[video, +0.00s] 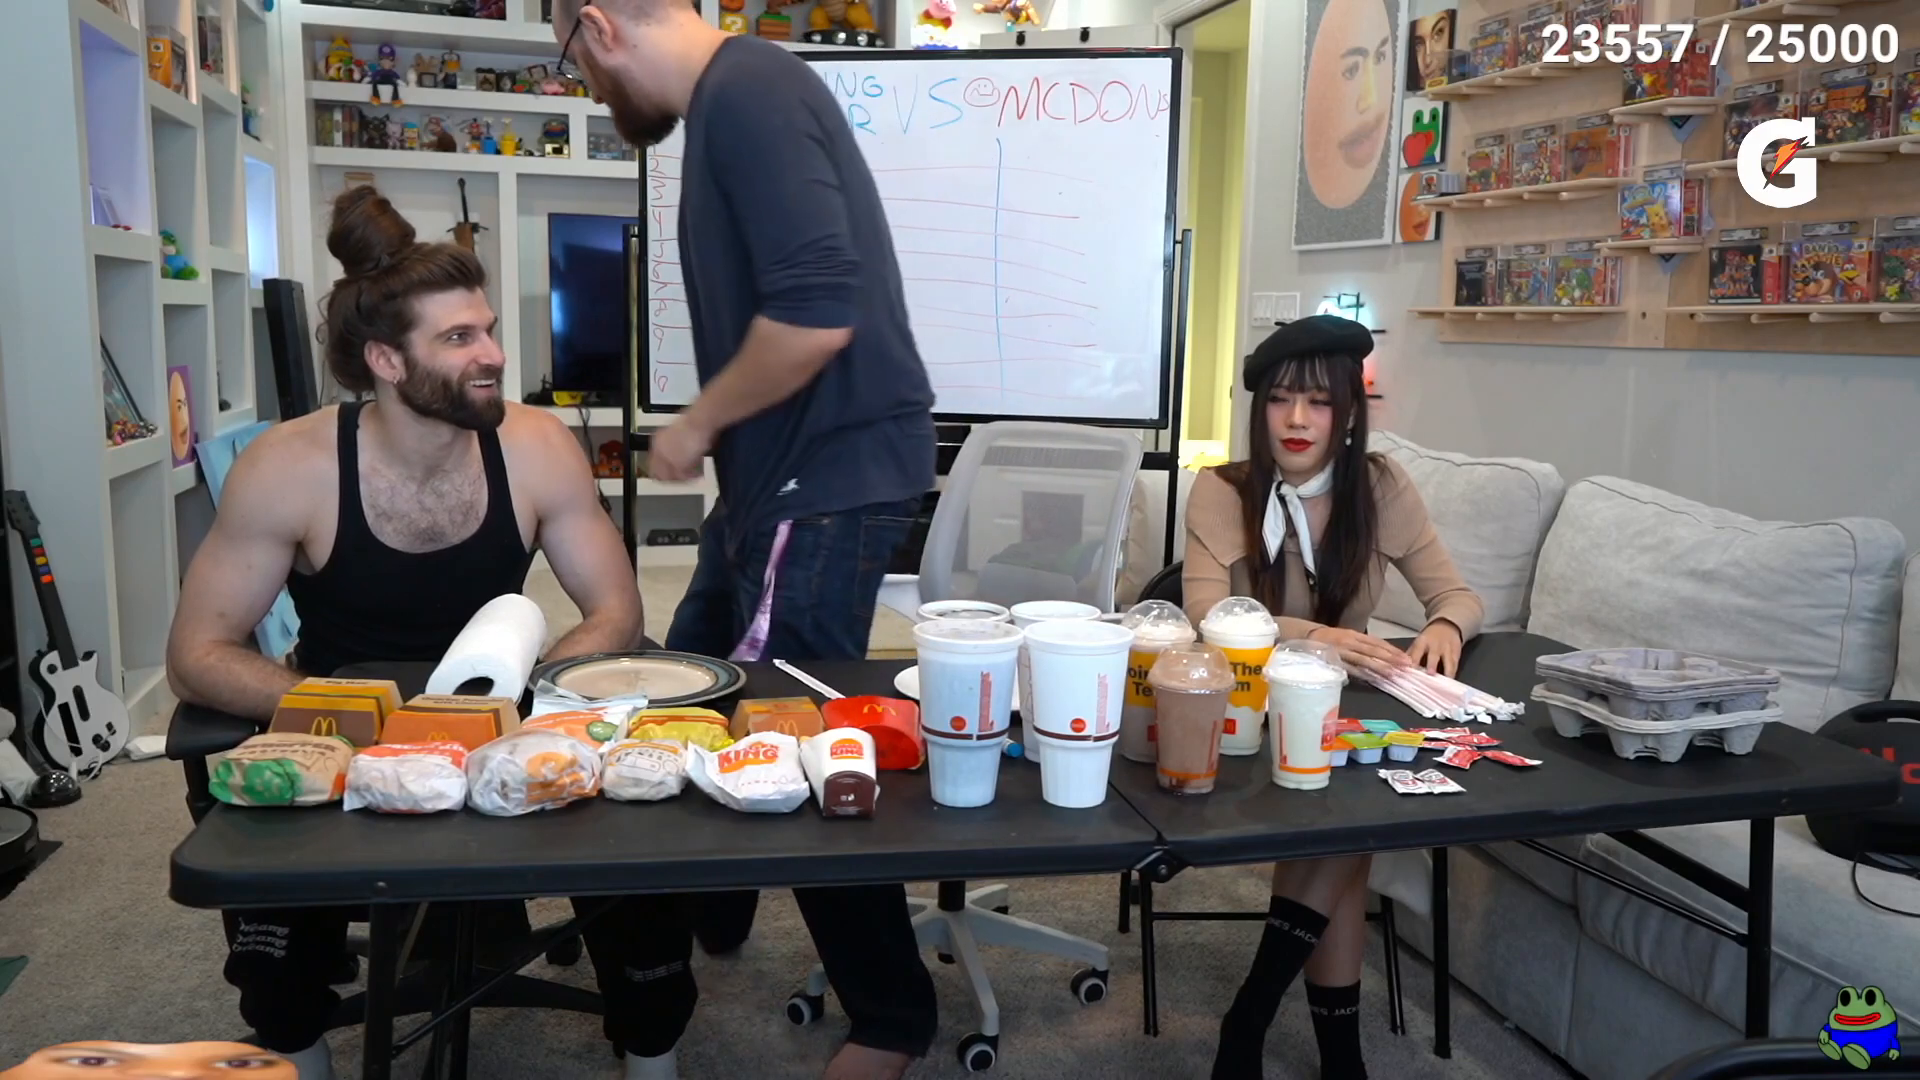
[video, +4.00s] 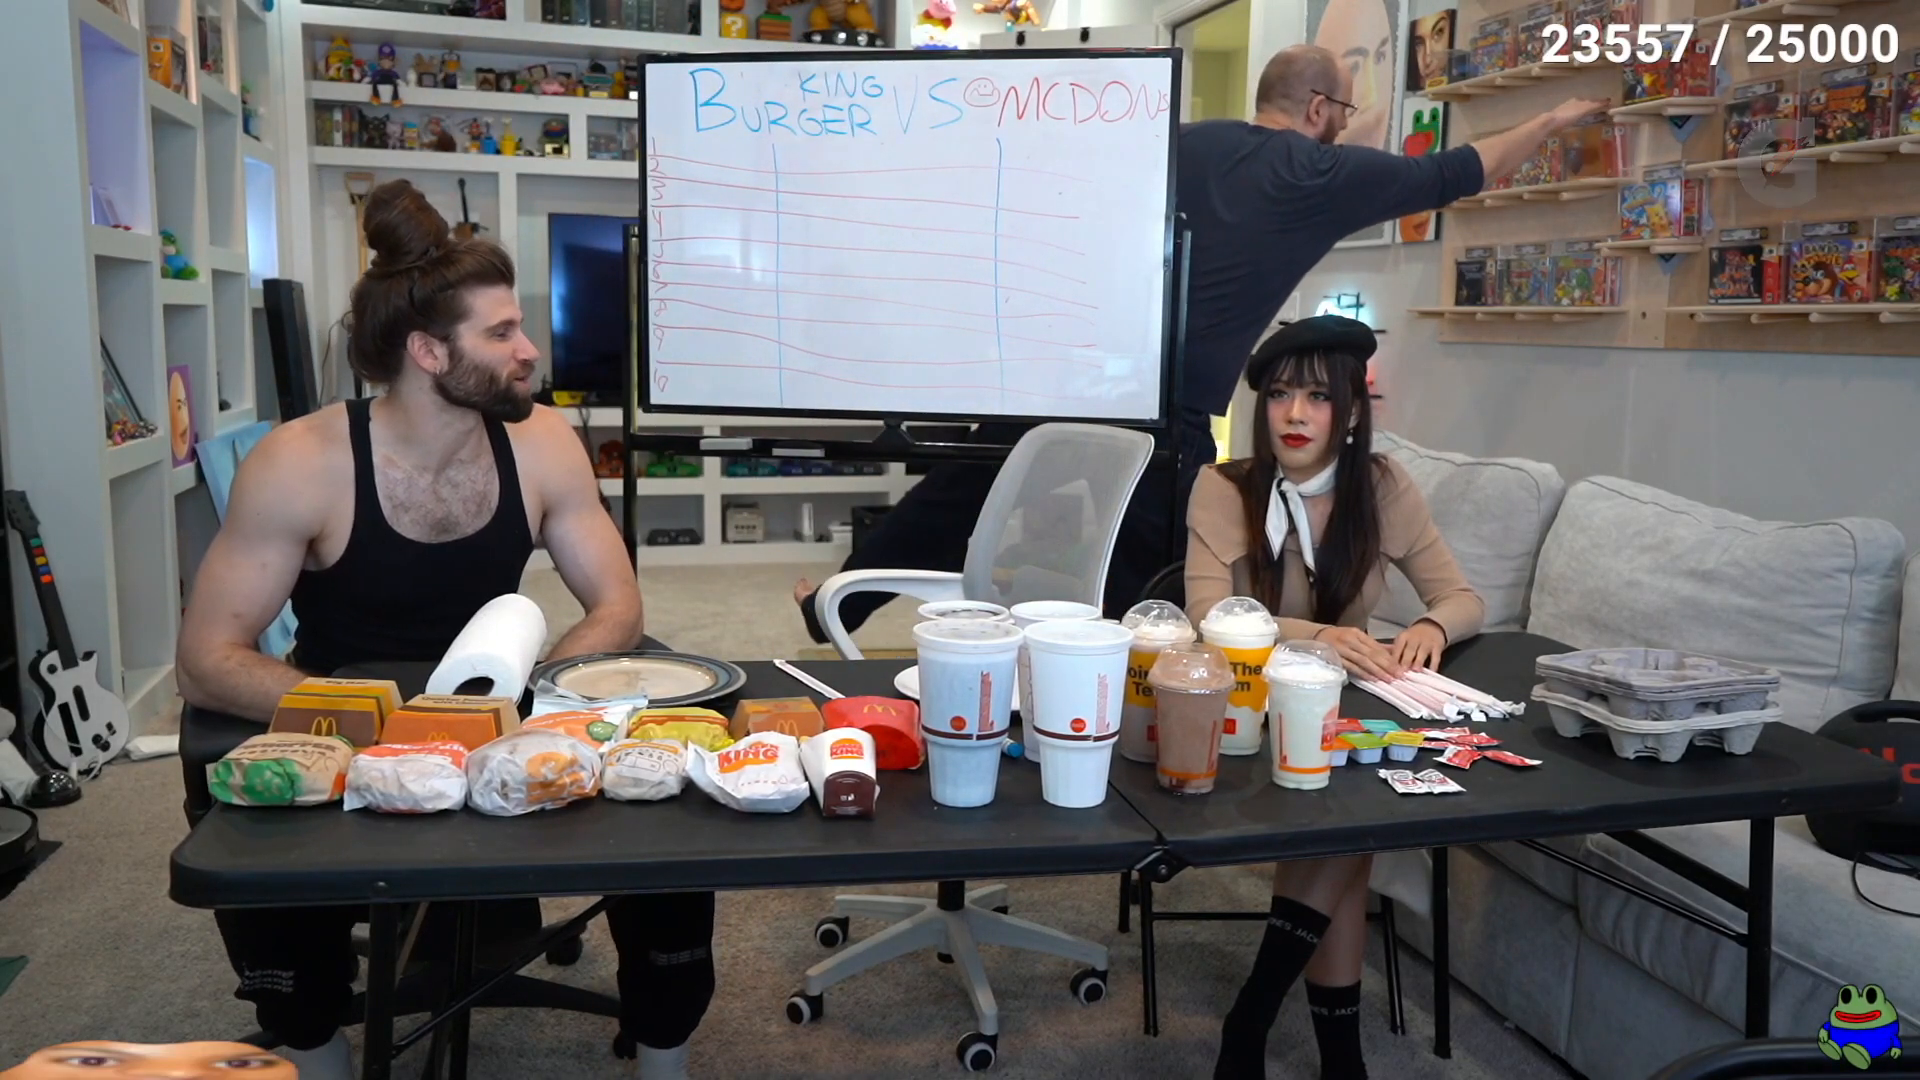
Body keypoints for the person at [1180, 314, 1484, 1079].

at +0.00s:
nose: (1297, 420)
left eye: (1319, 402)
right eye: (1281, 399)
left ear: (1350, 413)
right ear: (1258, 405)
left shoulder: (1379, 485)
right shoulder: (1221, 491)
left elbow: (1456, 595)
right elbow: (1209, 622)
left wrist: (1447, 625)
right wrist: (1313, 635)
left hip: (1336, 704)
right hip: (1239, 710)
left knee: (1346, 814)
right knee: (1351, 830)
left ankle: (1246, 1024)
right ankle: (1343, 1064)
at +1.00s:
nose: (1265, 411)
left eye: (1291, 397)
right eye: (1260, 392)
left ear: (1339, 413)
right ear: (1248, 396)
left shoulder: (1379, 484)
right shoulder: (1220, 489)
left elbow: (1456, 595)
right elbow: (1209, 618)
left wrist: (1443, 613)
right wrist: (1314, 633)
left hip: (1342, 706)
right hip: (1242, 710)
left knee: (1343, 817)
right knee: (1350, 831)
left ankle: (1245, 1026)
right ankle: (1343, 1064)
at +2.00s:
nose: (1243, 411)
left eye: (1267, 395)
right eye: (1239, 389)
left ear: (1317, 409)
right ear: (1229, 393)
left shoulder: (1369, 486)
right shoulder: (1210, 490)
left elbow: (1458, 597)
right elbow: (1210, 622)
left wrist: (1444, 624)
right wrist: (1309, 630)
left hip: (1336, 707)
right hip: (1236, 711)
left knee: (1338, 818)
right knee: (1346, 834)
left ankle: (1241, 1026)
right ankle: (1342, 1064)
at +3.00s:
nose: (1299, 415)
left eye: (1322, 397)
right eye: (1286, 394)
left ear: (1358, 412)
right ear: (1265, 403)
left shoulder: (1382, 485)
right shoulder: (1226, 490)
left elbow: (1463, 598)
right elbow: (1213, 620)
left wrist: (1433, 624)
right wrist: (1317, 635)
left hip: (1340, 707)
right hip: (1243, 712)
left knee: (1345, 818)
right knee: (1351, 832)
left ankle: (1248, 1024)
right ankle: (1342, 1063)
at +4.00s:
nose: (1295, 413)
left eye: (1318, 396)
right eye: (1282, 393)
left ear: (1353, 410)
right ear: (1261, 403)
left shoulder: (1380, 483)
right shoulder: (1225, 488)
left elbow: (1464, 599)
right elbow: (1211, 619)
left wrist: (1432, 624)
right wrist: (1313, 633)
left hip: (1344, 702)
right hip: (1246, 707)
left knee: (1347, 818)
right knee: (1351, 834)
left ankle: (1247, 1025)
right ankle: (1343, 1063)